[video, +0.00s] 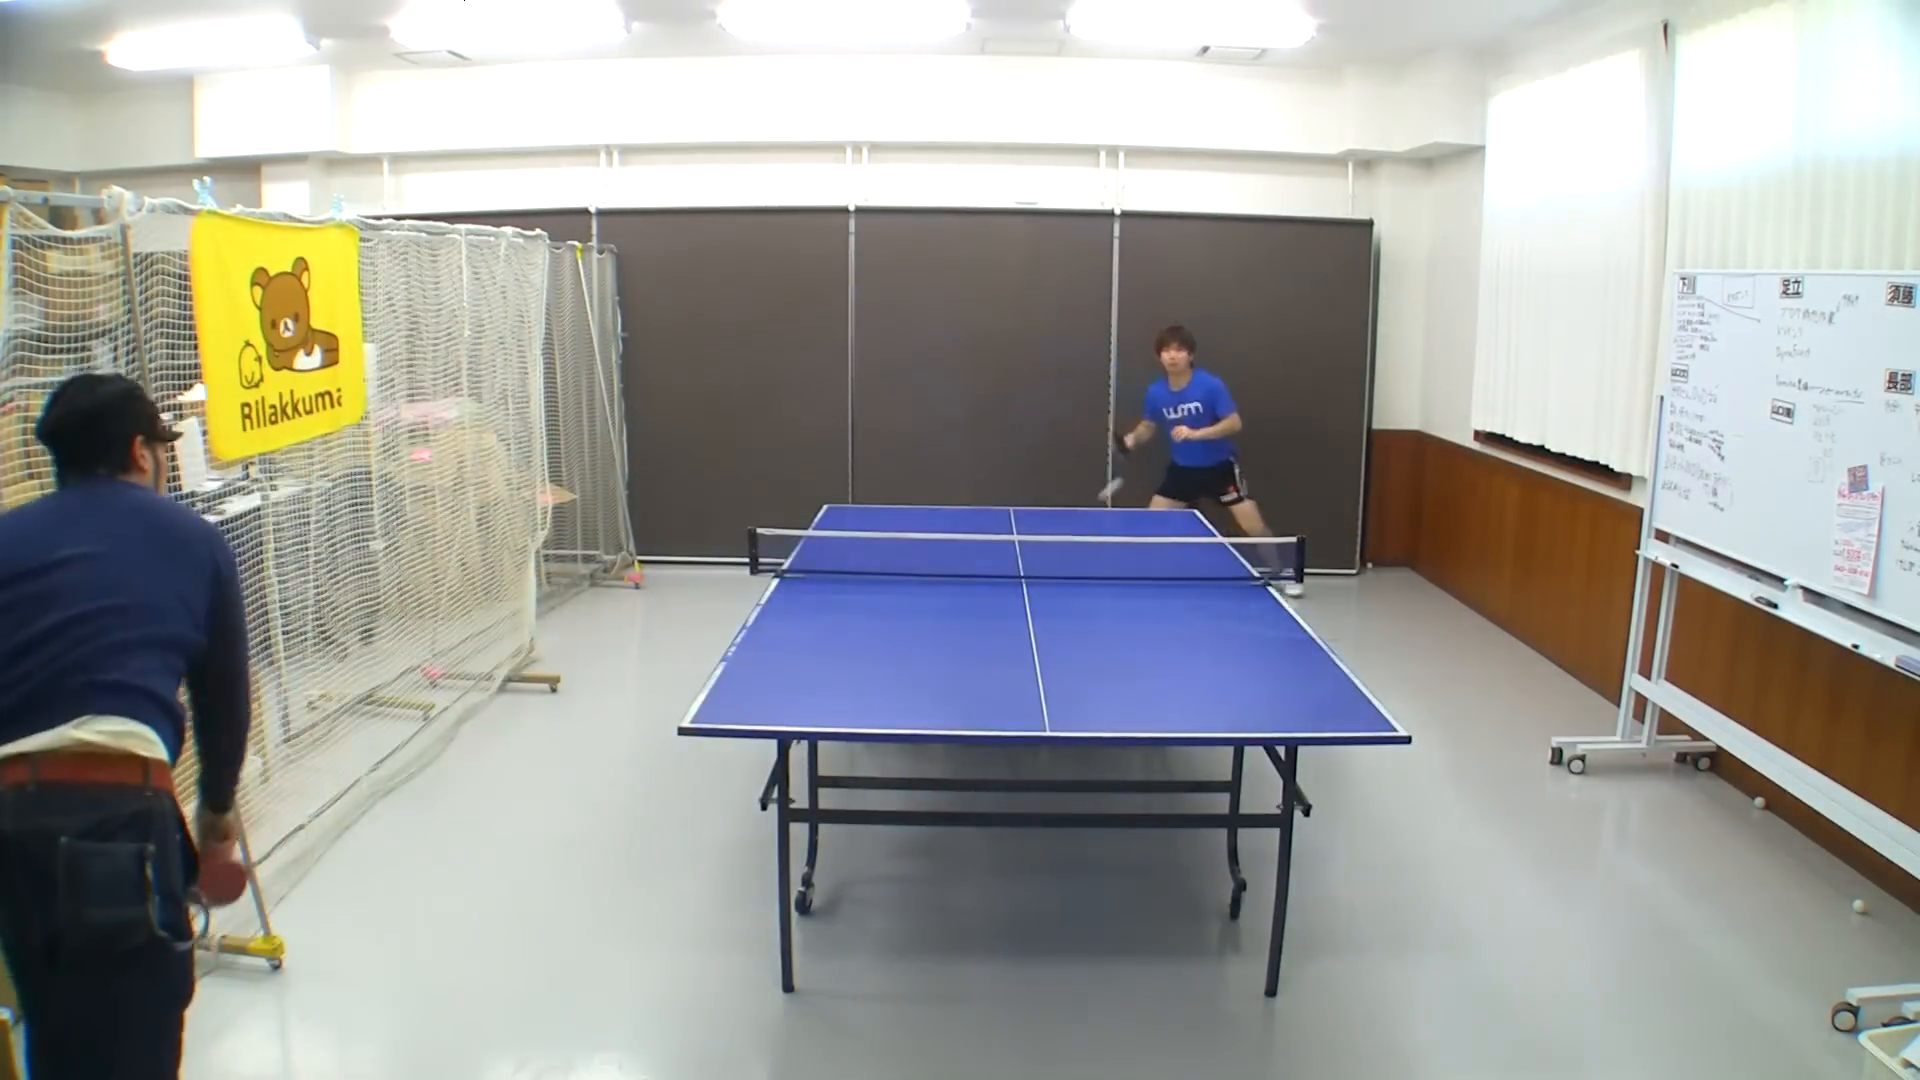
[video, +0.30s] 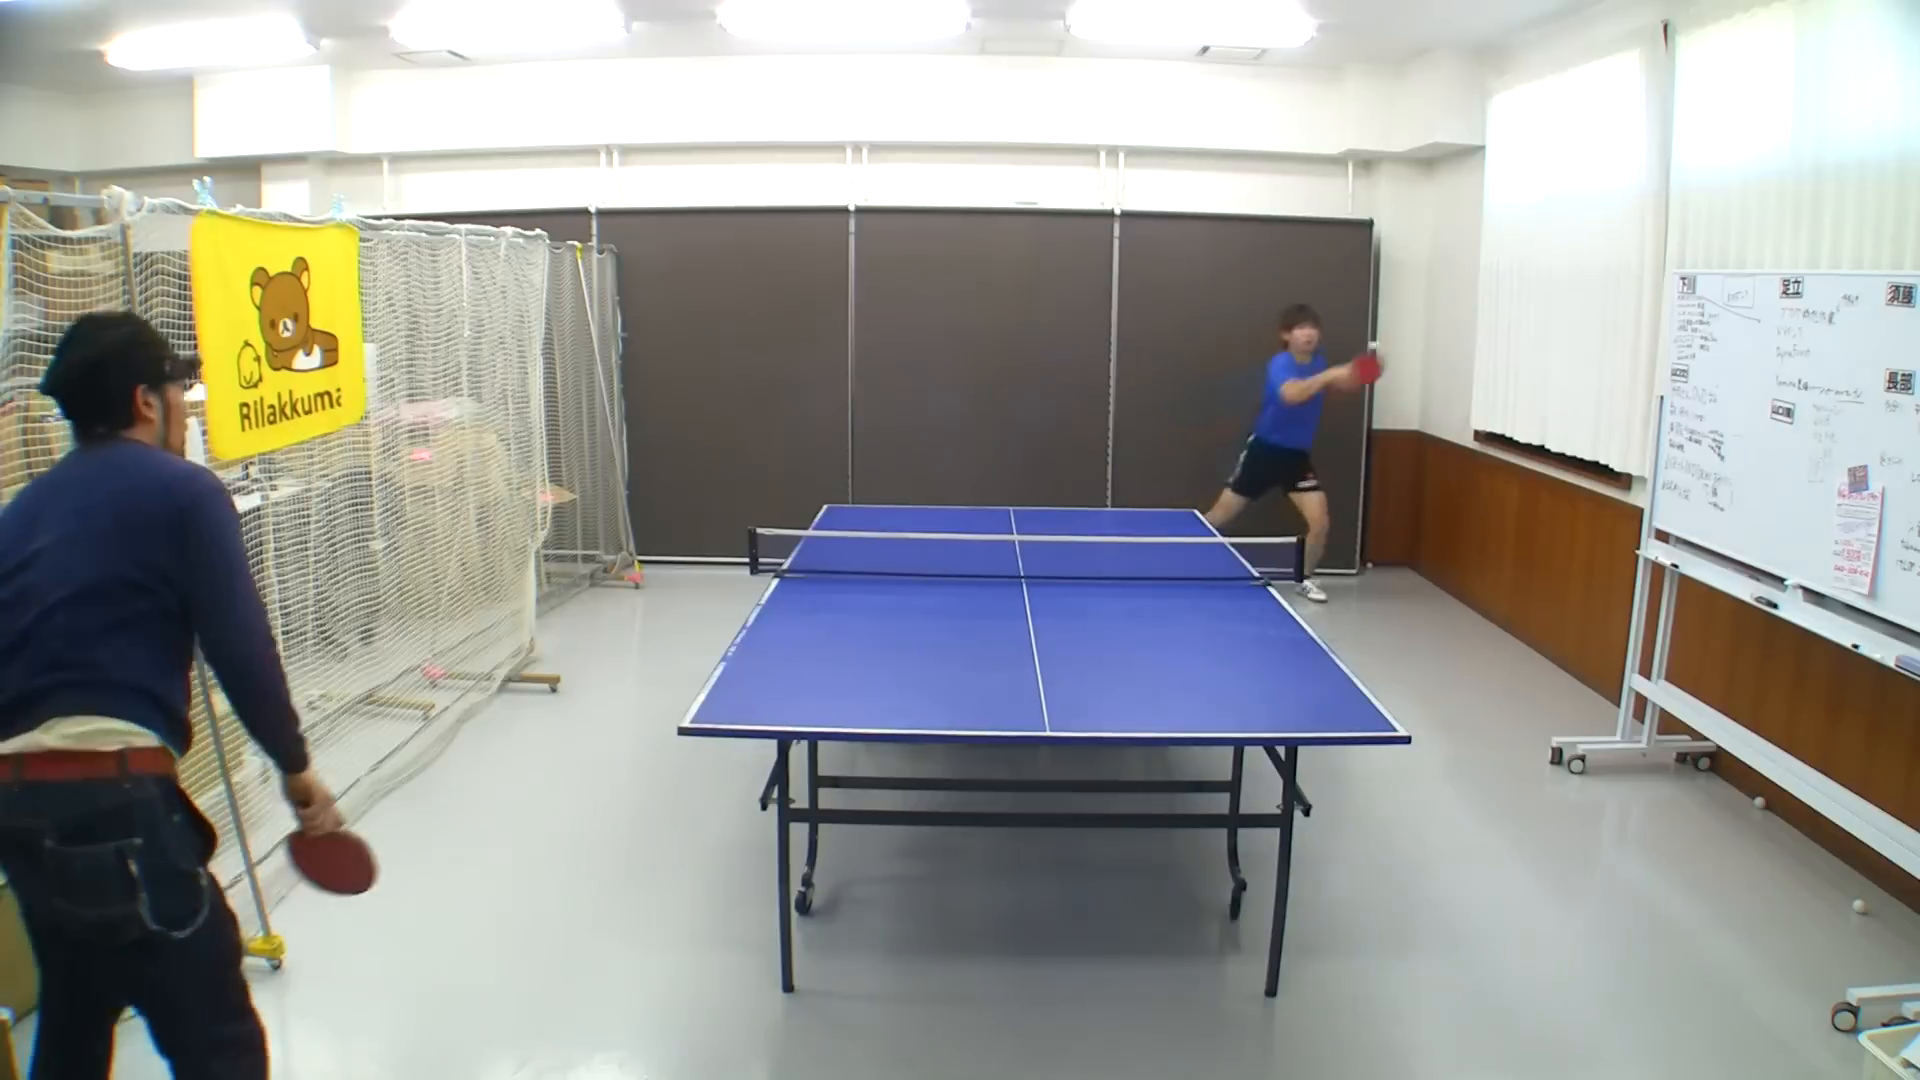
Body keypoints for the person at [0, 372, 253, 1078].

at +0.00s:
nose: (165, 464)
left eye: (163, 449)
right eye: (161, 449)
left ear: (60, 459)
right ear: (139, 452)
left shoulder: (9, 531)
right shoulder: (192, 537)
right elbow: (225, 698)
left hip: (10, 806)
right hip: (123, 813)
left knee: (52, 1032)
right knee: (138, 1039)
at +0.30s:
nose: (181, 405)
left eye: (177, 389)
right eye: (174, 390)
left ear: (76, 410)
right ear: (144, 402)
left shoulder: (21, 506)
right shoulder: (183, 491)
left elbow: (17, 658)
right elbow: (242, 648)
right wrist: (296, 770)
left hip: (15, 797)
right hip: (121, 796)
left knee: (73, 1014)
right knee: (218, 1040)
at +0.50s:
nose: (245, 371)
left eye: (239, 354)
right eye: (233, 356)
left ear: (140, 386)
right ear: (194, 381)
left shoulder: (78, 496)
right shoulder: (213, 495)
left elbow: (46, 648)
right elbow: (259, 667)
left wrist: (182, 710)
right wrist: (351, 768)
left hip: (86, 822)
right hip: (177, 830)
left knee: (113, 1030)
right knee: (286, 1055)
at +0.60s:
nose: (301, 384)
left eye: (295, 366)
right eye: (288, 369)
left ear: (213, 396)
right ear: (242, 394)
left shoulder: (135, 492)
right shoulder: (241, 526)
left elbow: (139, 664)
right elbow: (270, 705)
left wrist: (247, 764)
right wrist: (376, 799)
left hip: (119, 826)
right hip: (194, 841)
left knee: (146, 1013)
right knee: (340, 1058)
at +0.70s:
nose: (367, 405)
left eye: (361, 385)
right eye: (354, 387)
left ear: (288, 411)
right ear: (302, 408)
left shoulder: (226, 498)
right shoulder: (260, 542)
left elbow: (258, 669)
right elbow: (272, 746)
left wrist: (331, 740)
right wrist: (394, 832)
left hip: (171, 835)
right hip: (218, 860)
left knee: (150, 1026)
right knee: (392, 1060)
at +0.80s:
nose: (462, 443)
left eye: (455, 421)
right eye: (446, 424)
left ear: (390, 450)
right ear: (391, 449)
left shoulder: (381, 539)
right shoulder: (293, 587)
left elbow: (386, 667)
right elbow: (263, 808)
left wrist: (492, 733)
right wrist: (395, 911)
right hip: (257, 891)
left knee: (184, 1020)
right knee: (429, 1071)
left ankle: (115, 1076)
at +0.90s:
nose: (576, 500)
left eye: (571, 481)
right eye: (562, 483)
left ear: (501, 509)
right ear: (504, 508)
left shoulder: (507, 583)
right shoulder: (373, 642)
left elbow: (565, 652)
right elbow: (290, 846)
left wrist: (682, 707)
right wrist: (386, 1037)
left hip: (372, 891)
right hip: (330, 914)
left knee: (260, 1007)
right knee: (468, 1073)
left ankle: (146, 1076)